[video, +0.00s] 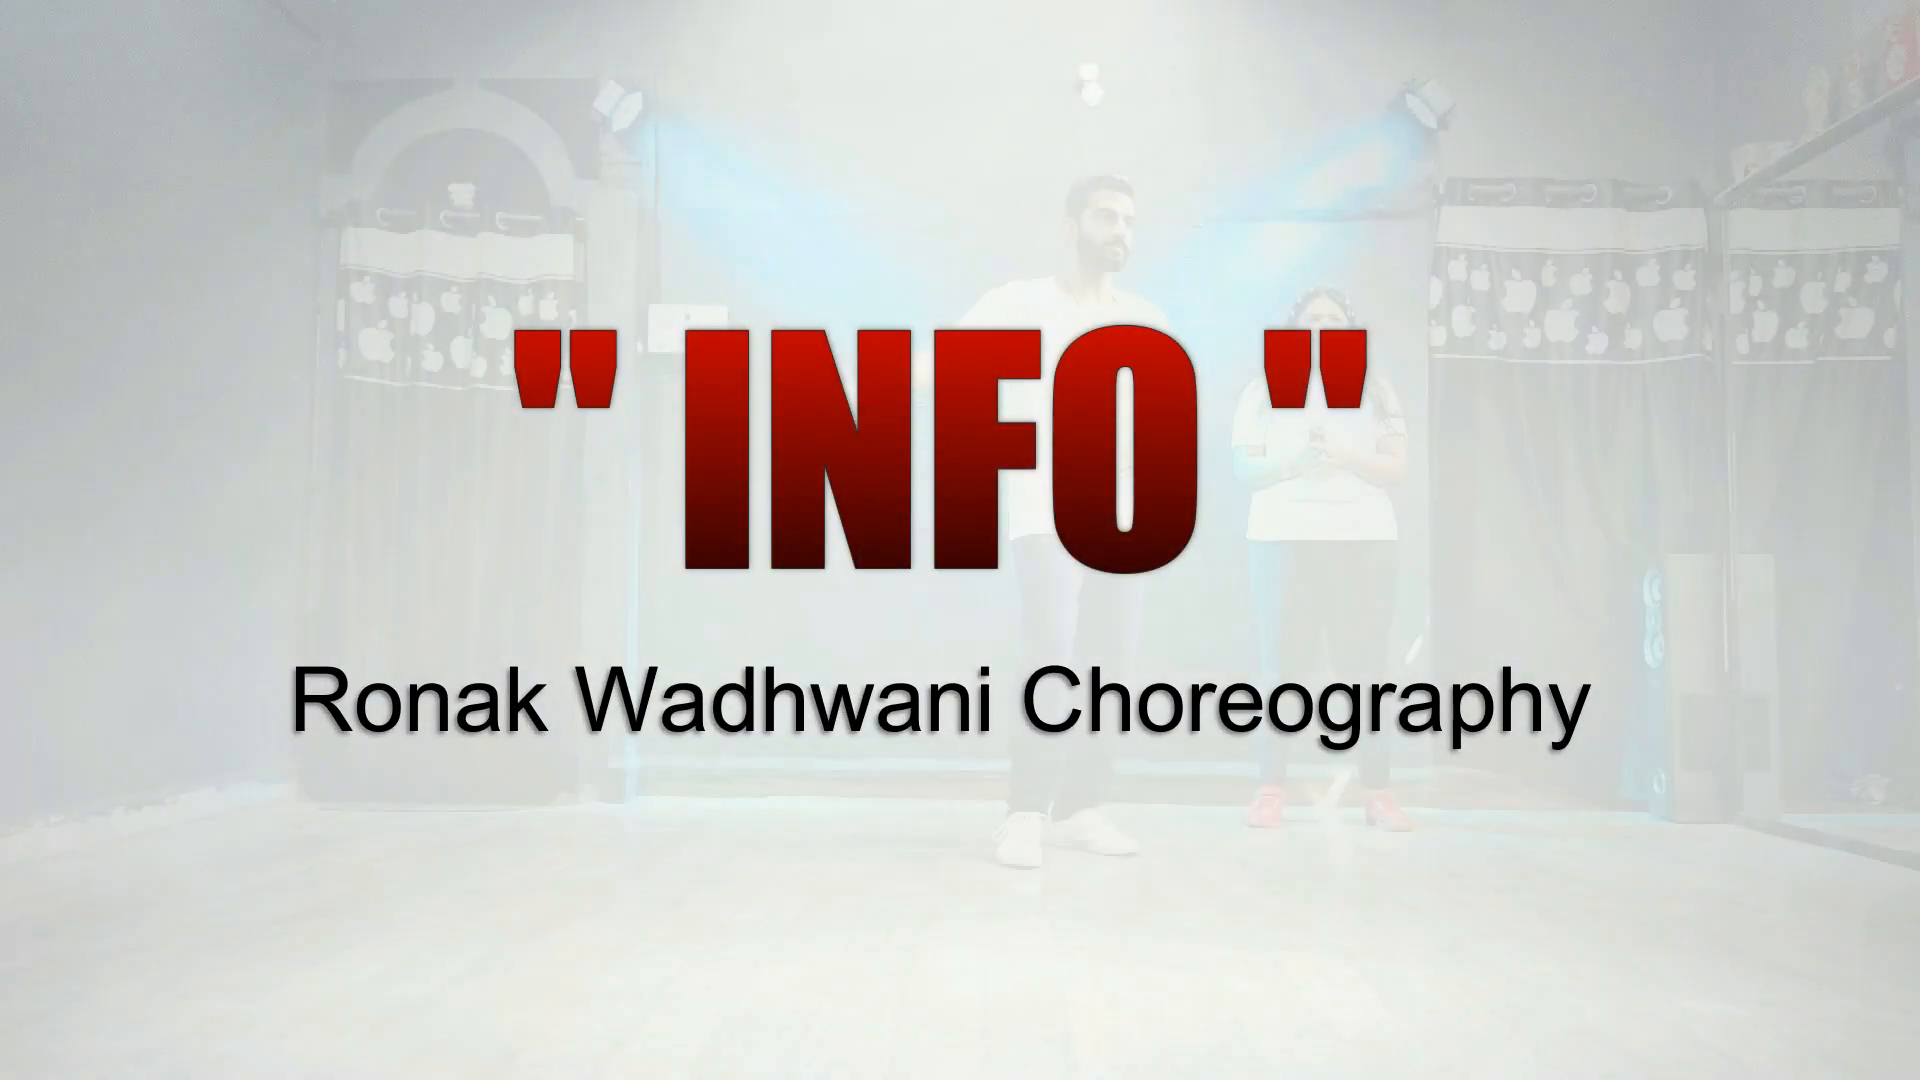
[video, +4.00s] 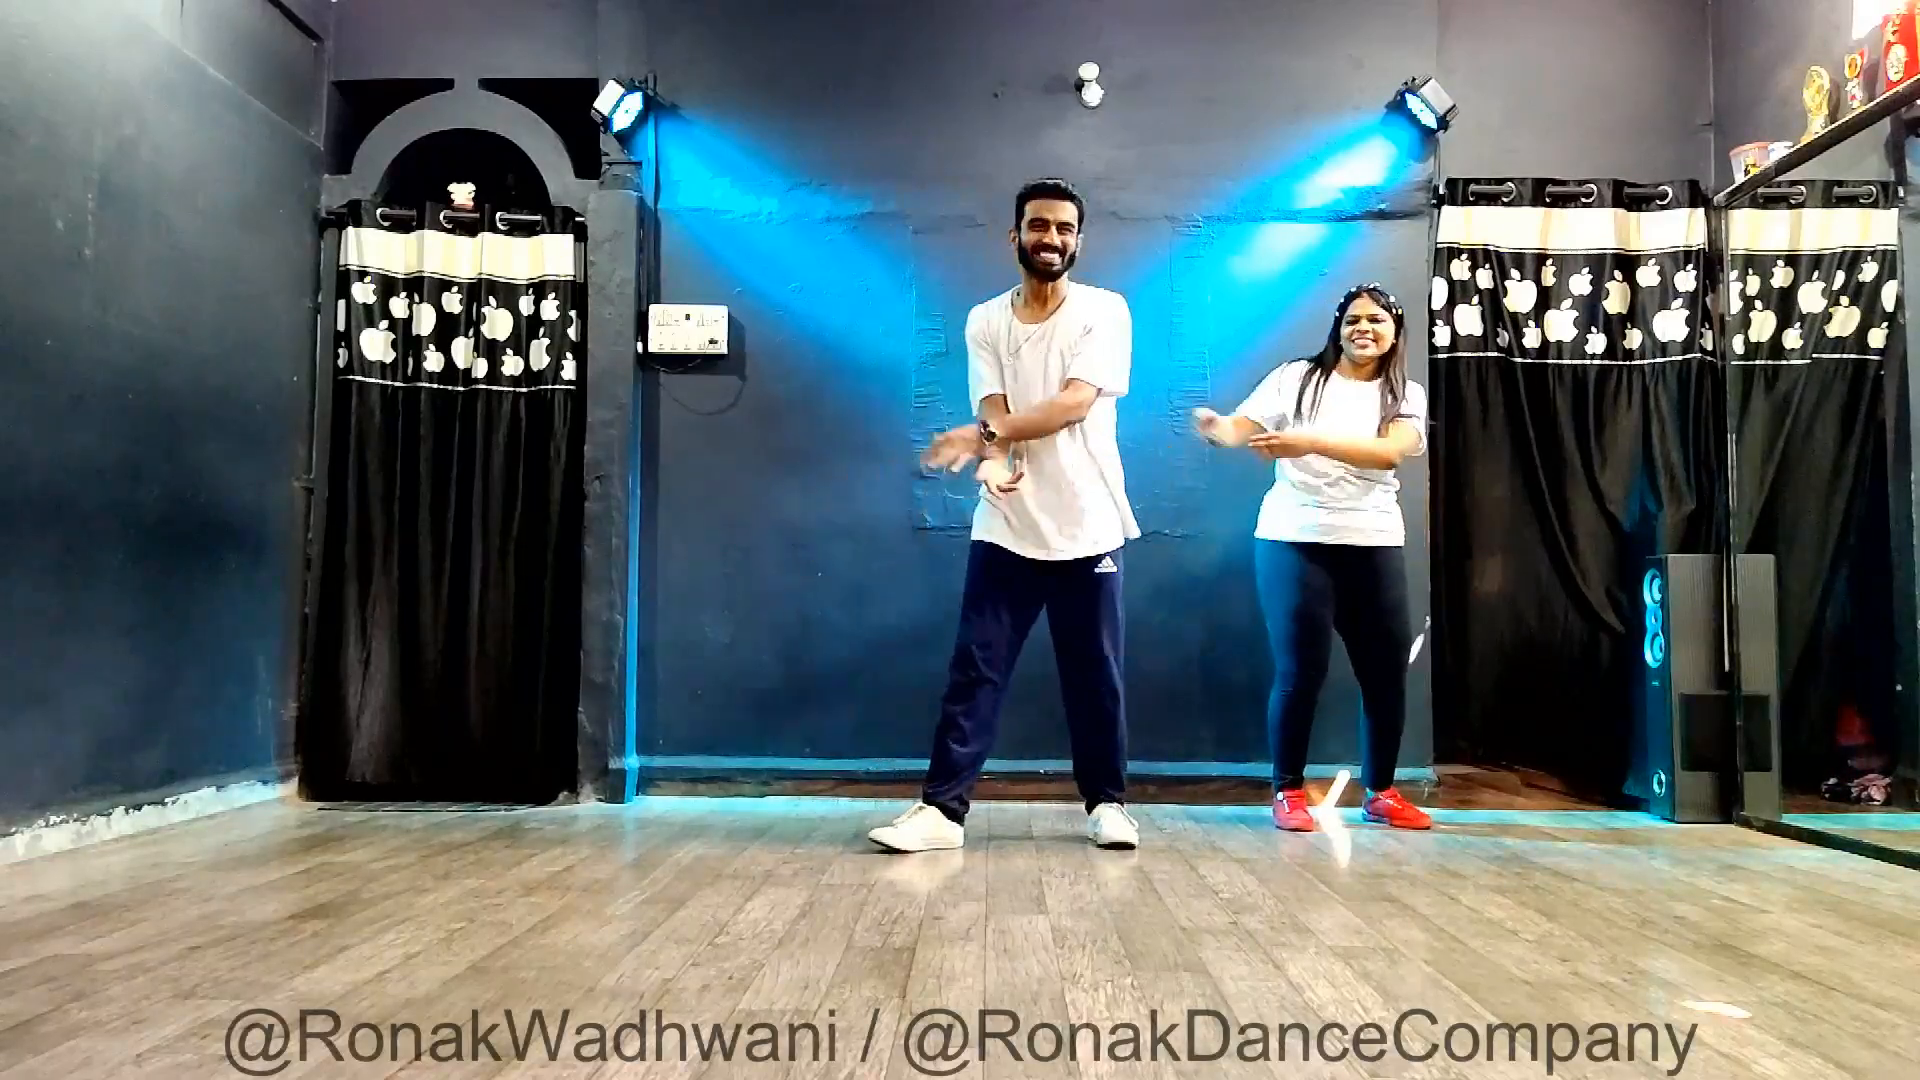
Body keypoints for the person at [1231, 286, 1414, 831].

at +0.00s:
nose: (1321, 337)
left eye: (1332, 327)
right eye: (1311, 327)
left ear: (1351, 331)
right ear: (1294, 330)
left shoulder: (1374, 386)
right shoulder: (1265, 386)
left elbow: (1397, 467)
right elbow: (1246, 468)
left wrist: (1340, 449)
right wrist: (1303, 450)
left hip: (1362, 539)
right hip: (1285, 539)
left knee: (1366, 663)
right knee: (1284, 663)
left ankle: (1376, 788)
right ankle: (1272, 786)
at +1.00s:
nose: (1310, 333)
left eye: (1321, 324)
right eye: (1299, 325)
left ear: (1342, 336)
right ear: (1284, 337)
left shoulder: (1371, 390)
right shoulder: (1260, 399)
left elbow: (1407, 465)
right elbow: (1237, 478)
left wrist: (1364, 502)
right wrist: (1246, 515)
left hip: (1343, 549)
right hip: (1266, 548)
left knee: (1354, 675)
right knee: (1268, 675)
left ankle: (1378, 791)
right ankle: (1267, 789)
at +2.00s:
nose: (1368, 352)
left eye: (1373, 343)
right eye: (1356, 342)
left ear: (1376, 349)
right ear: (1324, 346)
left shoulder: (1363, 403)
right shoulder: (1305, 388)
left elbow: (1376, 487)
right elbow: (1293, 457)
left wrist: (1414, 470)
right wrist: (1371, 454)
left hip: (1396, 548)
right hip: (1340, 551)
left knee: (1418, 663)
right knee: (1368, 674)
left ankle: (1385, 793)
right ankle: (1301, 788)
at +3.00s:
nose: (1308, 330)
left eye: (1318, 322)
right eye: (1297, 323)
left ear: (1337, 330)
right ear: (1283, 334)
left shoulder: (1367, 379)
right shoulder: (1262, 398)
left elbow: (1377, 451)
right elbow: (1261, 475)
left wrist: (1290, 459)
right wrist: (1266, 543)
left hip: (1363, 539)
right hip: (1283, 541)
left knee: (1368, 668)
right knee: (1277, 669)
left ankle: (1384, 793)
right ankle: (1280, 790)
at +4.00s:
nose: (1364, 329)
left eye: (1376, 321)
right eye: (1355, 320)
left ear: (1394, 333)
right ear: (1339, 329)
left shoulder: (1404, 391)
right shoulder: (1295, 377)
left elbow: (1392, 452)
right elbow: (1243, 428)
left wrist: (1310, 445)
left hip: (1373, 544)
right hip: (1296, 539)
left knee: (1385, 672)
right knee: (1300, 670)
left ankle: (1380, 793)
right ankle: (1289, 792)